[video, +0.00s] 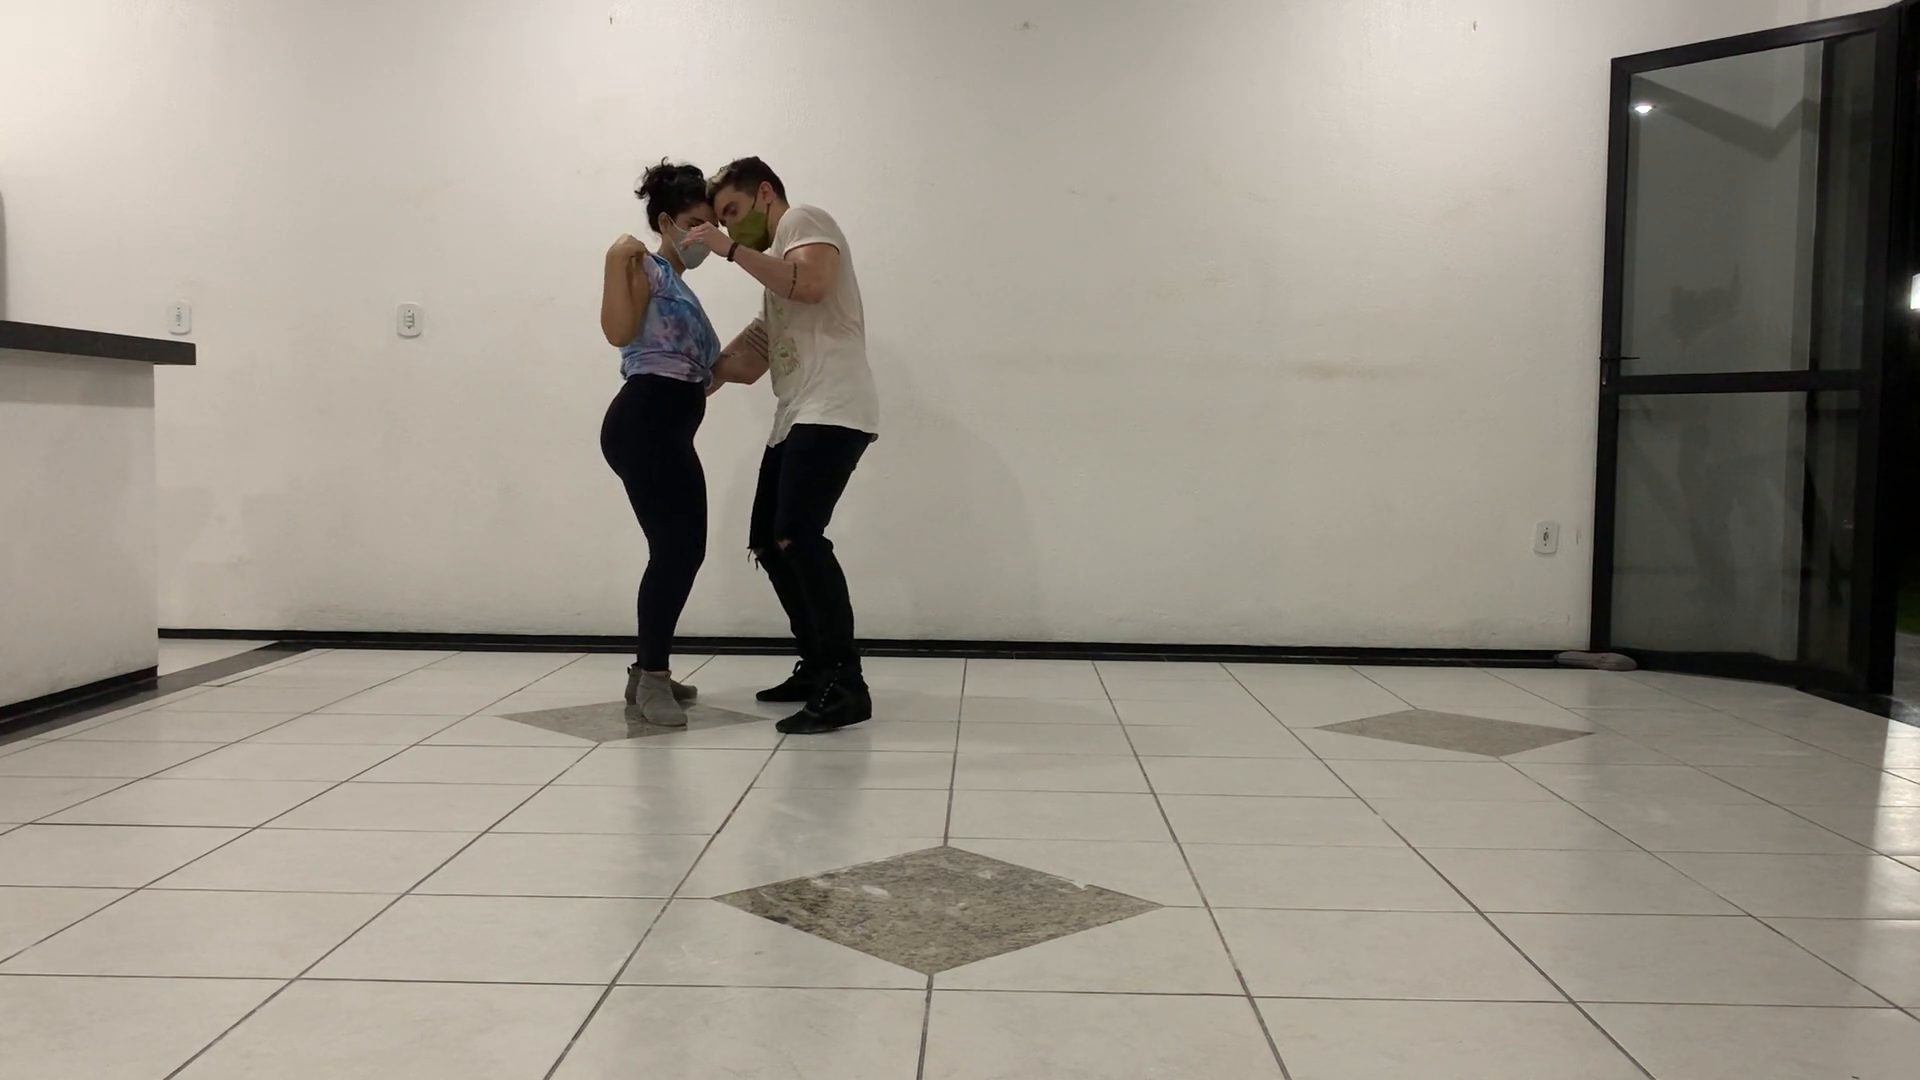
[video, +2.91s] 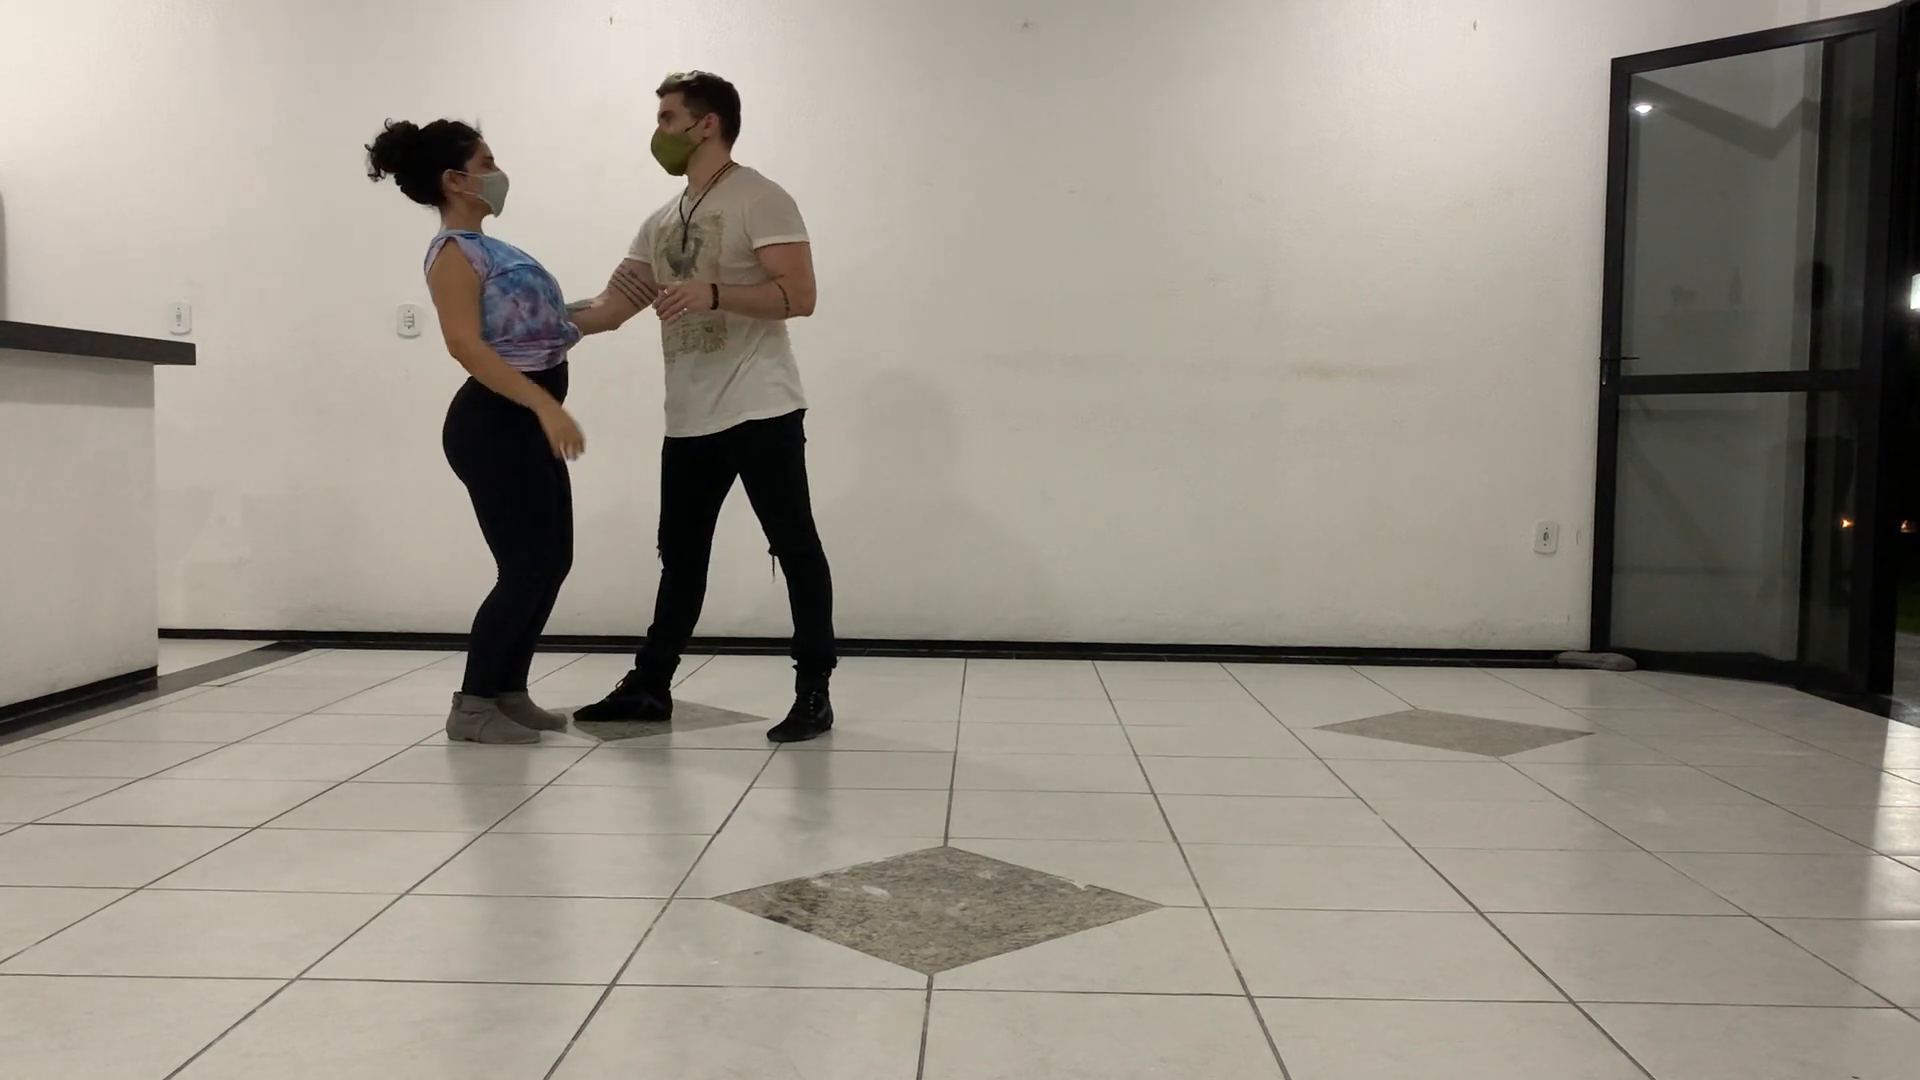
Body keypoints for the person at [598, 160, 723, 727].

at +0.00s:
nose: (702, 233)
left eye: (706, 223)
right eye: (692, 222)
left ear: (705, 226)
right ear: (665, 223)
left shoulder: (679, 287)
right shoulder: (640, 266)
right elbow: (617, 332)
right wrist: (620, 263)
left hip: (670, 426)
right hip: (643, 422)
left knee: (684, 549)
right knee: (672, 550)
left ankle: (652, 670)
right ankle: (648, 679)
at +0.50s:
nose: (712, 219)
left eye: (716, 206)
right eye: (698, 206)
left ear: (718, 203)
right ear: (666, 207)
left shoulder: (699, 274)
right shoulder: (646, 272)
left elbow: (705, 346)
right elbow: (622, 358)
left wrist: (748, 330)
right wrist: (606, 343)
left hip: (680, 423)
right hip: (645, 421)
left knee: (690, 544)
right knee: (675, 543)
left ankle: (652, 665)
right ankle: (654, 672)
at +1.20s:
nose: (683, 213)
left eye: (687, 202)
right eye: (674, 201)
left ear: (656, 194)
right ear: (635, 193)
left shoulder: (633, 258)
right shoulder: (608, 244)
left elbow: (660, 353)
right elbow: (548, 296)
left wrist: (708, 311)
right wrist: (598, 380)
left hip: (611, 419)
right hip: (612, 418)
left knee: (653, 552)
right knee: (670, 550)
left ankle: (578, 664)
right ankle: (633, 688)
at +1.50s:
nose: (660, 221)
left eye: (665, 210)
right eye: (654, 209)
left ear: (625, 201)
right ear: (616, 200)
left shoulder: (609, 271)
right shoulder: (572, 245)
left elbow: (622, 354)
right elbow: (490, 286)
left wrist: (677, 309)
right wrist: (528, 374)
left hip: (527, 419)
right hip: (549, 417)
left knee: (560, 558)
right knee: (613, 547)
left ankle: (526, 694)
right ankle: (624, 693)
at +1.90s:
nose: (646, 214)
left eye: (648, 203)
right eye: (638, 201)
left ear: (613, 199)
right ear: (598, 195)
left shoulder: (598, 276)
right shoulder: (546, 239)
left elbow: (594, 361)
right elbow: (451, 277)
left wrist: (666, 330)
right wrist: (459, 372)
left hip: (537, 421)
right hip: (492, 411)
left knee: (539, 559)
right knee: (525, 554)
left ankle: (524, 702)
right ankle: (543, 700)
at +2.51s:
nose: (579, 163)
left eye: (573, 153)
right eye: (565, 157)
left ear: (543, 175)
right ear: (534, 176)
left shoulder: (549, 261)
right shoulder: (512, 238)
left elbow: (620, 333)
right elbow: (445, 305)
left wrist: (658, 284)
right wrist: (448, 402)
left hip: (512, 419)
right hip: (472, 413)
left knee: (538, 552)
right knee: (506, 556)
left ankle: (506, 694)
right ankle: (469, 705)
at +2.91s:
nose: (498, 170)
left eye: (492, 160)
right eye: (486, 163)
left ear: (458, 182)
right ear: (454, 181)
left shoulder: (487, 248)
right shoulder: (453, 254)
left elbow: (545, 324)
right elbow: (465, 347)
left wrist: (619, 301)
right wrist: (543, 405)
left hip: (526, 417)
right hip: (491, 421)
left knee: (550, 558)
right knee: (526, 563)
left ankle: (507, 693)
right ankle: (474, 705)